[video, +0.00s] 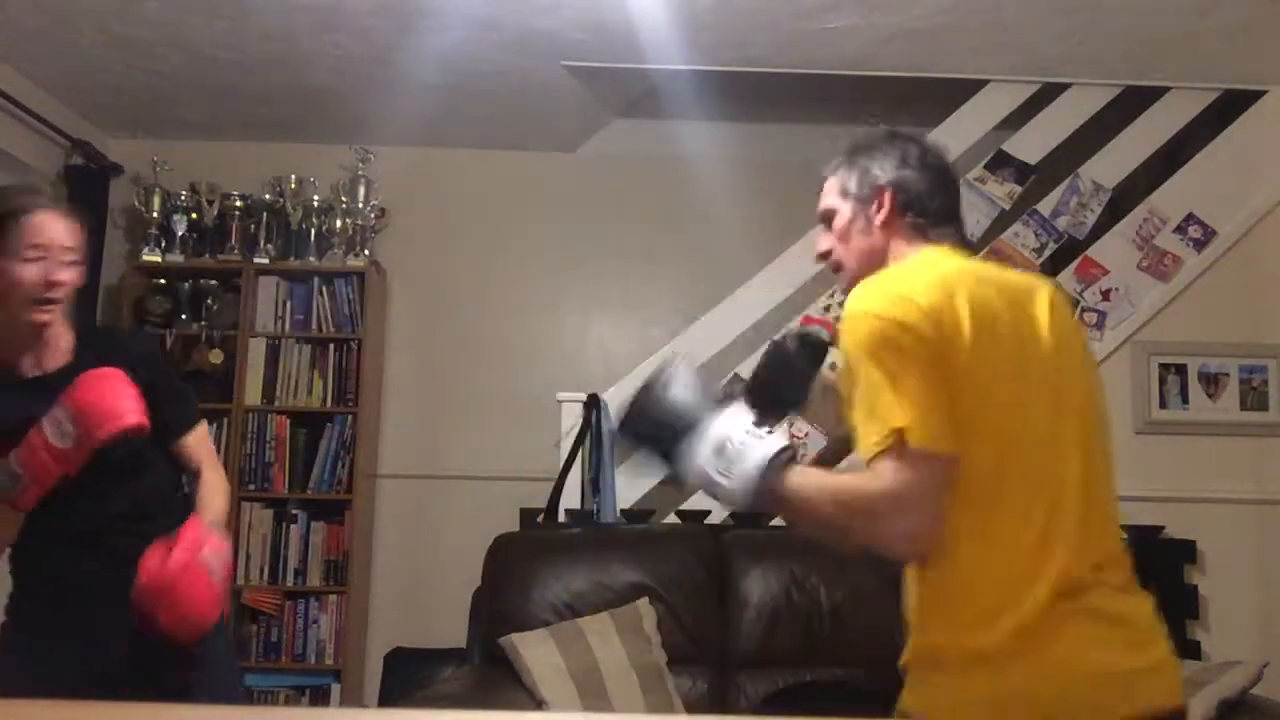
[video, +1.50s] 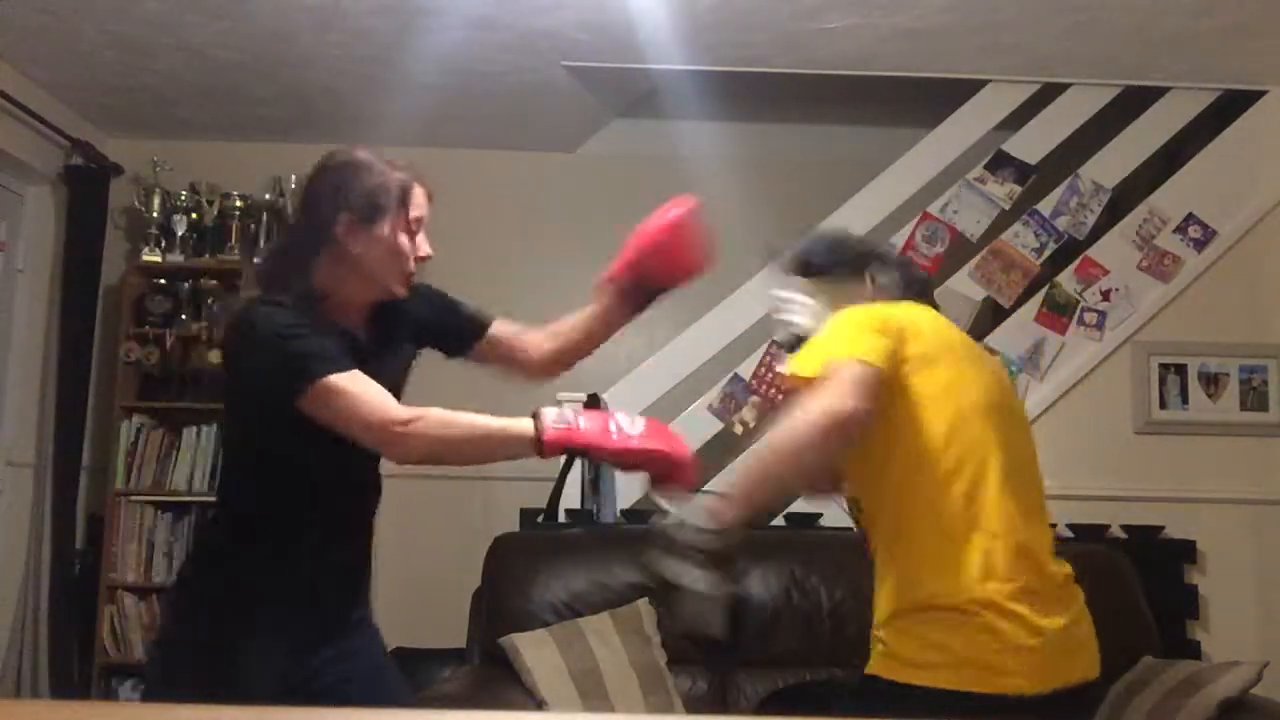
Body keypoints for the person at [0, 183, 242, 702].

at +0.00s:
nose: (54, 276)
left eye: (69, 260)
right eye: (33, 257)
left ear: (84, 270)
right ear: (0, 268)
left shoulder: (129, 359)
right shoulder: (7, 391)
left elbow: (210, 470)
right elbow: (5, 531)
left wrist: (205, 542)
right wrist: (47, 446)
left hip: (170, 616)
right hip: (54, 626)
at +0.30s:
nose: (230, 329)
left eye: (238, 311)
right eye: (215, 305)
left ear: (242, 300)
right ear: (170, 278)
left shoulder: (238, 342)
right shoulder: (69, 335)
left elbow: (352, 427)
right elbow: (70, 467)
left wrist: (399, 340)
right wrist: (163, 347)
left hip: (198, 623)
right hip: (79, 623)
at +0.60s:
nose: (246, 335)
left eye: (254, 320)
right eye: (245, 315)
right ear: (213, 288)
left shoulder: (189, 364)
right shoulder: (87, 342)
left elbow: (214, 507)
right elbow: (190, 461)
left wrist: (287, 453)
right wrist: (244, 342)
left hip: (152, 623)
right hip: (55, 628)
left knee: (225, 708)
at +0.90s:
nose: (368, 358)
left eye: (374, 340)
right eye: (367, 334)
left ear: (320, 318)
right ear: (323, 316)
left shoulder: (237, 366)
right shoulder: (252, 363)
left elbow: (244, 542)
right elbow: (249, 508)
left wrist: (329, 503)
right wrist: (360, 445)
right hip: (127, 636)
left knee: (254, 704)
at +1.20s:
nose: (364, 278)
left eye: (368, 261)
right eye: (353, 256)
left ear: (298, 260)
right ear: (293, 254)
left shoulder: (277, 354)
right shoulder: (239, 335)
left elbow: (312, 511)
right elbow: (409, 409)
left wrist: (361, 426)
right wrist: (530, 345)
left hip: (247, 631)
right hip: (193, 639)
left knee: (331, 702)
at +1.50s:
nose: (422, 249)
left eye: (423, 232)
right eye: (409, 231)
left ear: (362, 235)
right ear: (348, 231)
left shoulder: (402, 309)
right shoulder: (271, 330)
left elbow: (536, 352)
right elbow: (395, 433)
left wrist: (629, 289)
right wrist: (563, 433)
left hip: (335, 623)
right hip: (232, 627)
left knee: (391, 712)